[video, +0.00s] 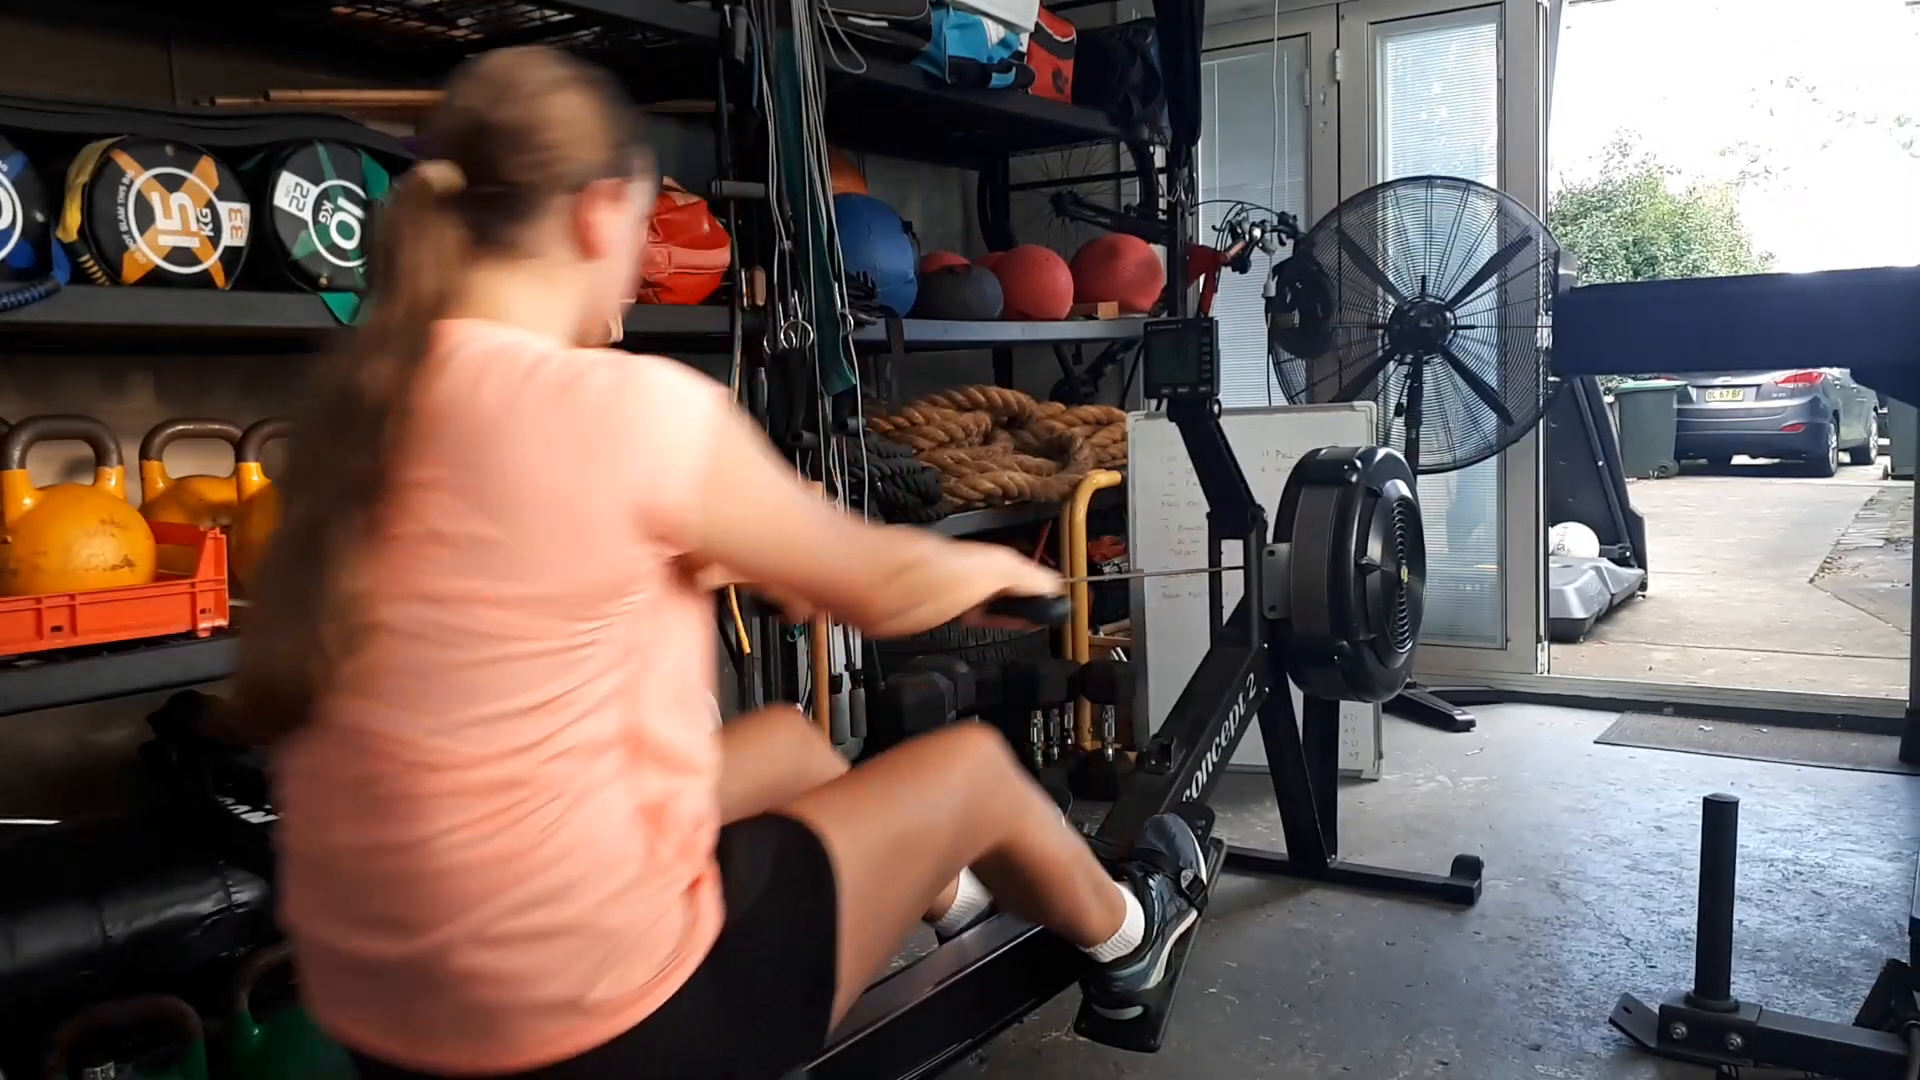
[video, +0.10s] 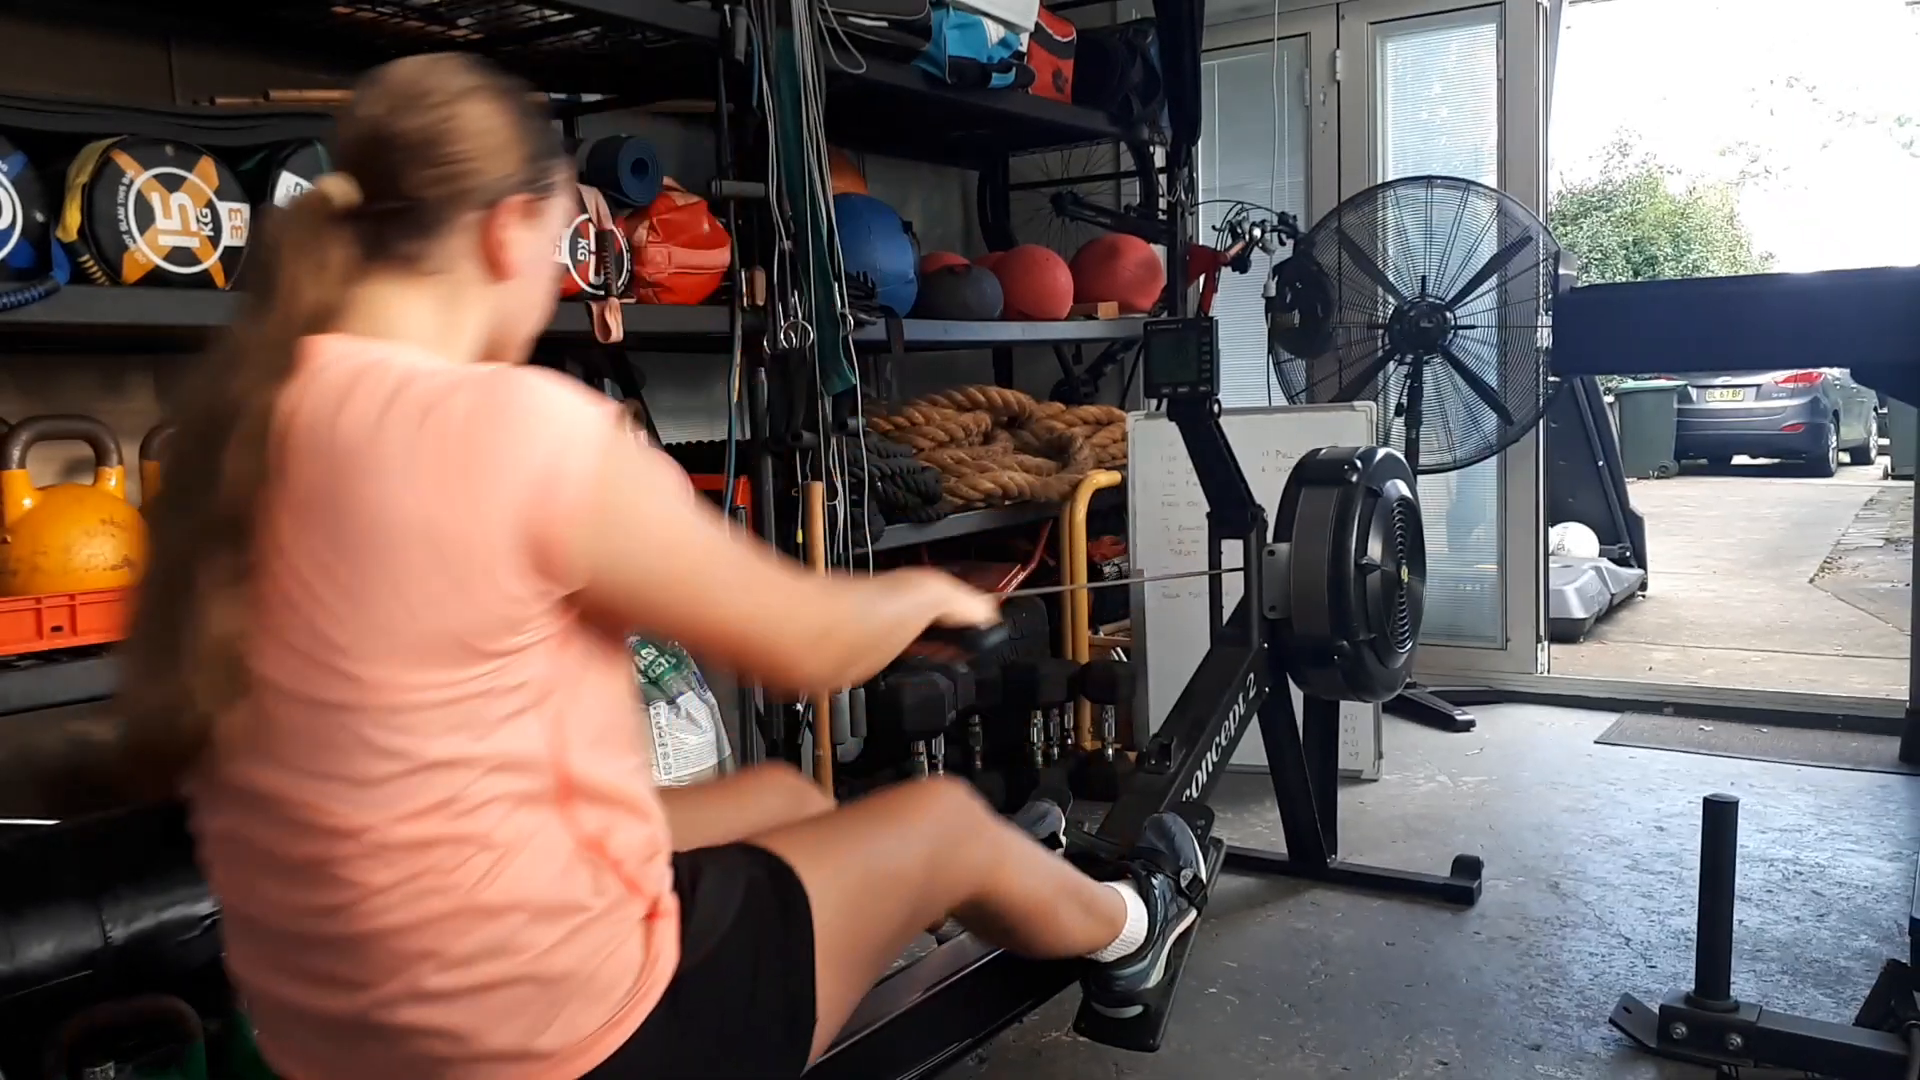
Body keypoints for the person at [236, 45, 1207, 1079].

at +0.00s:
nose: (647, 260)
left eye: (649, 228)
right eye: (646, 225)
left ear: (453, 212)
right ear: (597, 217)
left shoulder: (359, 400)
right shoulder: (640, 414)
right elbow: (879, 591)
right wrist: (987, 567)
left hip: (369, 1005)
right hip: (599, 1022)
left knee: (790, 736)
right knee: (973, 760)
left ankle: (941, 896)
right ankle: (1126, 943)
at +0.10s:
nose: (562, 269)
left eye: (564, 234)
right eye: (560, 232)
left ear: (357, 218)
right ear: (507, 232)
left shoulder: (246, 416)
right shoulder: (525, 434)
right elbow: (811, 644)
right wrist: (922, 591)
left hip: (323, 1035)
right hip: (568, 1035)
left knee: (787, 787)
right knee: (943, 817)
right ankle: (1116, 926)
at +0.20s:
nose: (494, 306)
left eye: (501, 271)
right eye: (497, 266)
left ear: (271, 243)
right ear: (432, 250)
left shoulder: (147, 439)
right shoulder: (424, 457)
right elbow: (750, 737)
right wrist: (850, 628)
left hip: (305, 1035)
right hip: (537, 1034)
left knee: (769, 831)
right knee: (929, 864)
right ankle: (1119, 933)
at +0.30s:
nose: (451, 317)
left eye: (457, 278)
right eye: (454, 277)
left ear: (224, 253)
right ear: (388, 264)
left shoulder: (88, 458)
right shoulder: (371, 495)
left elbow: (96, 788)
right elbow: (666, 839)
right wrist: (744, 680)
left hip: (291, 1035)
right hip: (527, 1041)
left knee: (761, 853)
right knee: (921, 889)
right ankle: (1118, 937)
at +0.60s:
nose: (521, 268)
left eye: (523, 228)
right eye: (520, 226)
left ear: (286, 218)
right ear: (461, 223)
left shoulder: (153, 424)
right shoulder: (449, 439)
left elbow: (102, 771)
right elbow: (681, 847)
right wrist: (729, 705)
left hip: (286, 1038)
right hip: (539, 1040)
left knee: (754, 815)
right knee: (925, 870)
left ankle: (887, 992)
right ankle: (1115, 948)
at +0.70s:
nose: (604, 245)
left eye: (603, 212)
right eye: (597, 210)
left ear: (388, 213)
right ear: (542, 211)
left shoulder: (292, 406)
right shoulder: (561, 416)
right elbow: (847, 748)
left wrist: (821, 774)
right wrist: (869, 660)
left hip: (320, 1030)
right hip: (562, 1035)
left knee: (814, 784)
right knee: (931, 832)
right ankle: (1115, 948)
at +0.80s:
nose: (689, 248)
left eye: (687, 217)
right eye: (684, 216)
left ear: (488, 214)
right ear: (636, 219)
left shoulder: (378, 394)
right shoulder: (675, 408)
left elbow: (492, 676)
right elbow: (951, 690)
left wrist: (720, 633)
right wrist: (982, 633)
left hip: (355, 1011)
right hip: (596, 1026)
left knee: (792, 755)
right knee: (949, 783)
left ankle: (907, 928)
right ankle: (1122, 955)